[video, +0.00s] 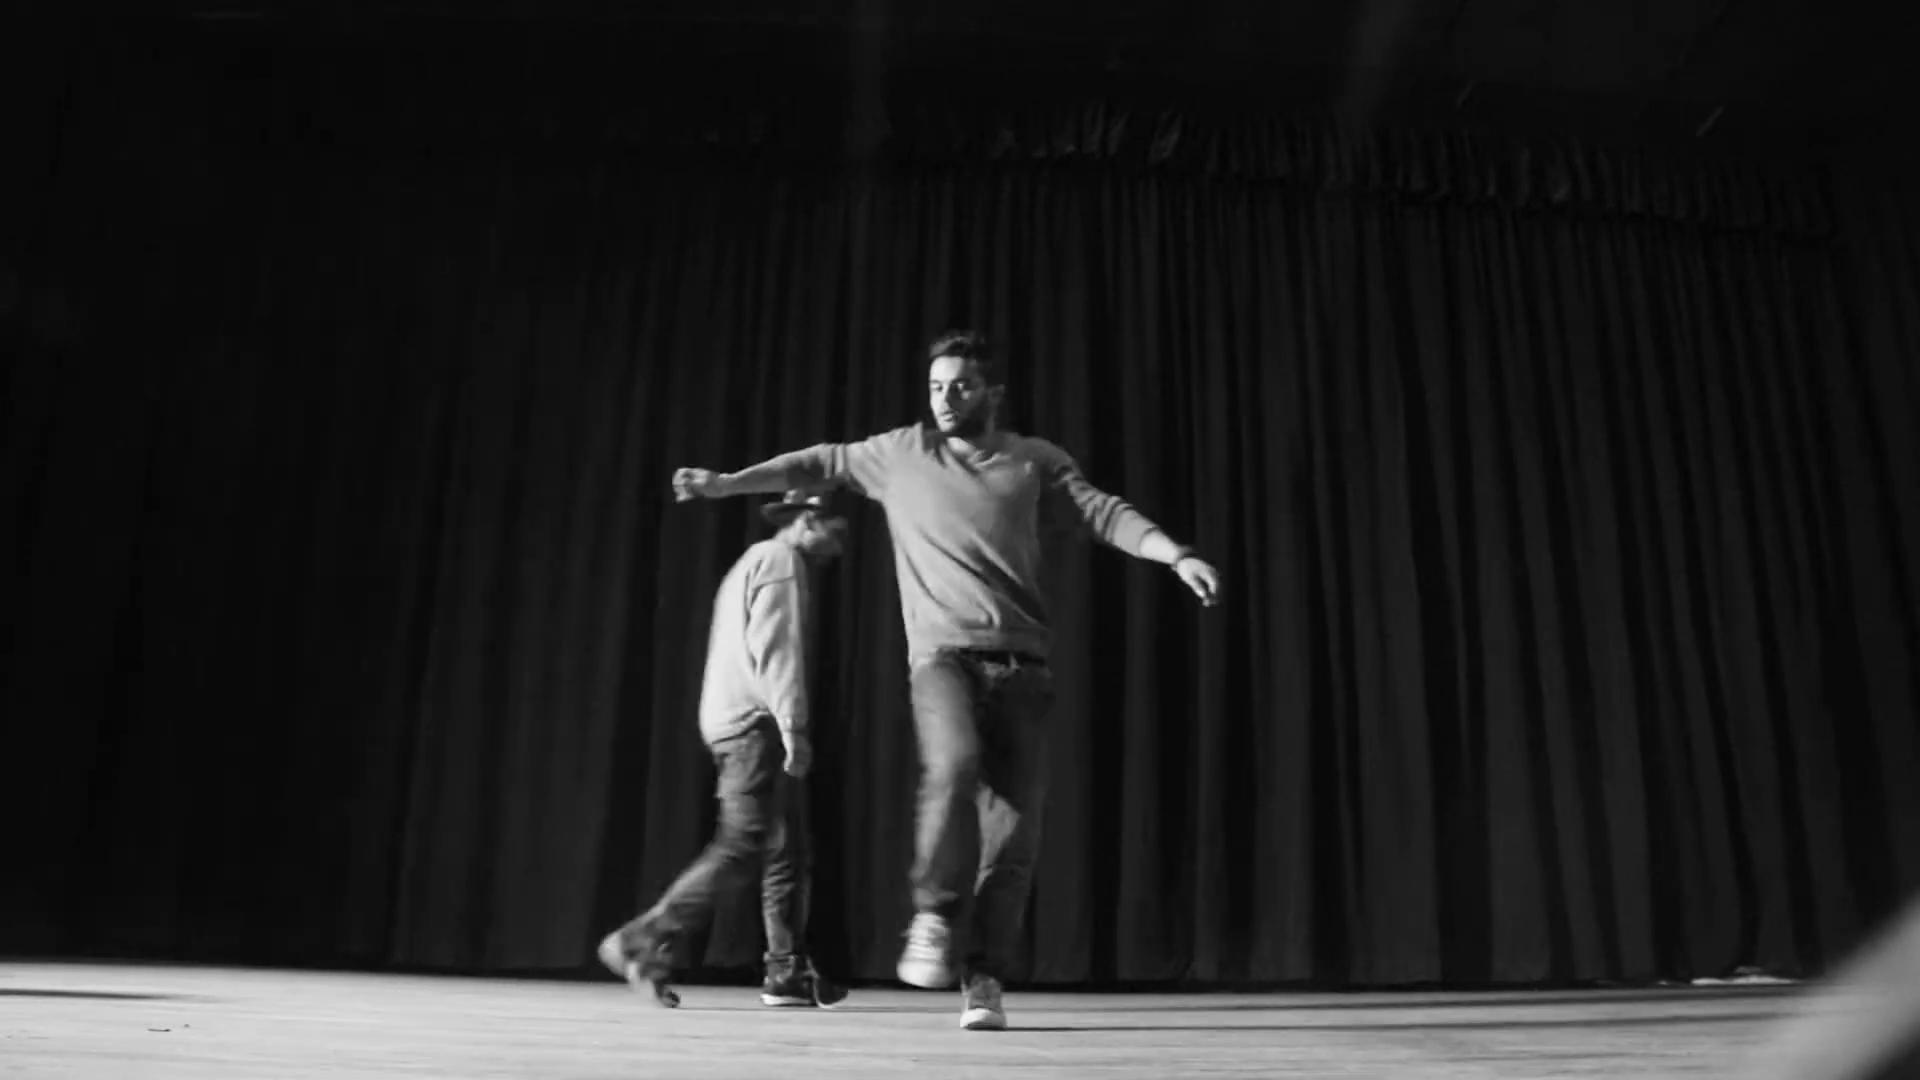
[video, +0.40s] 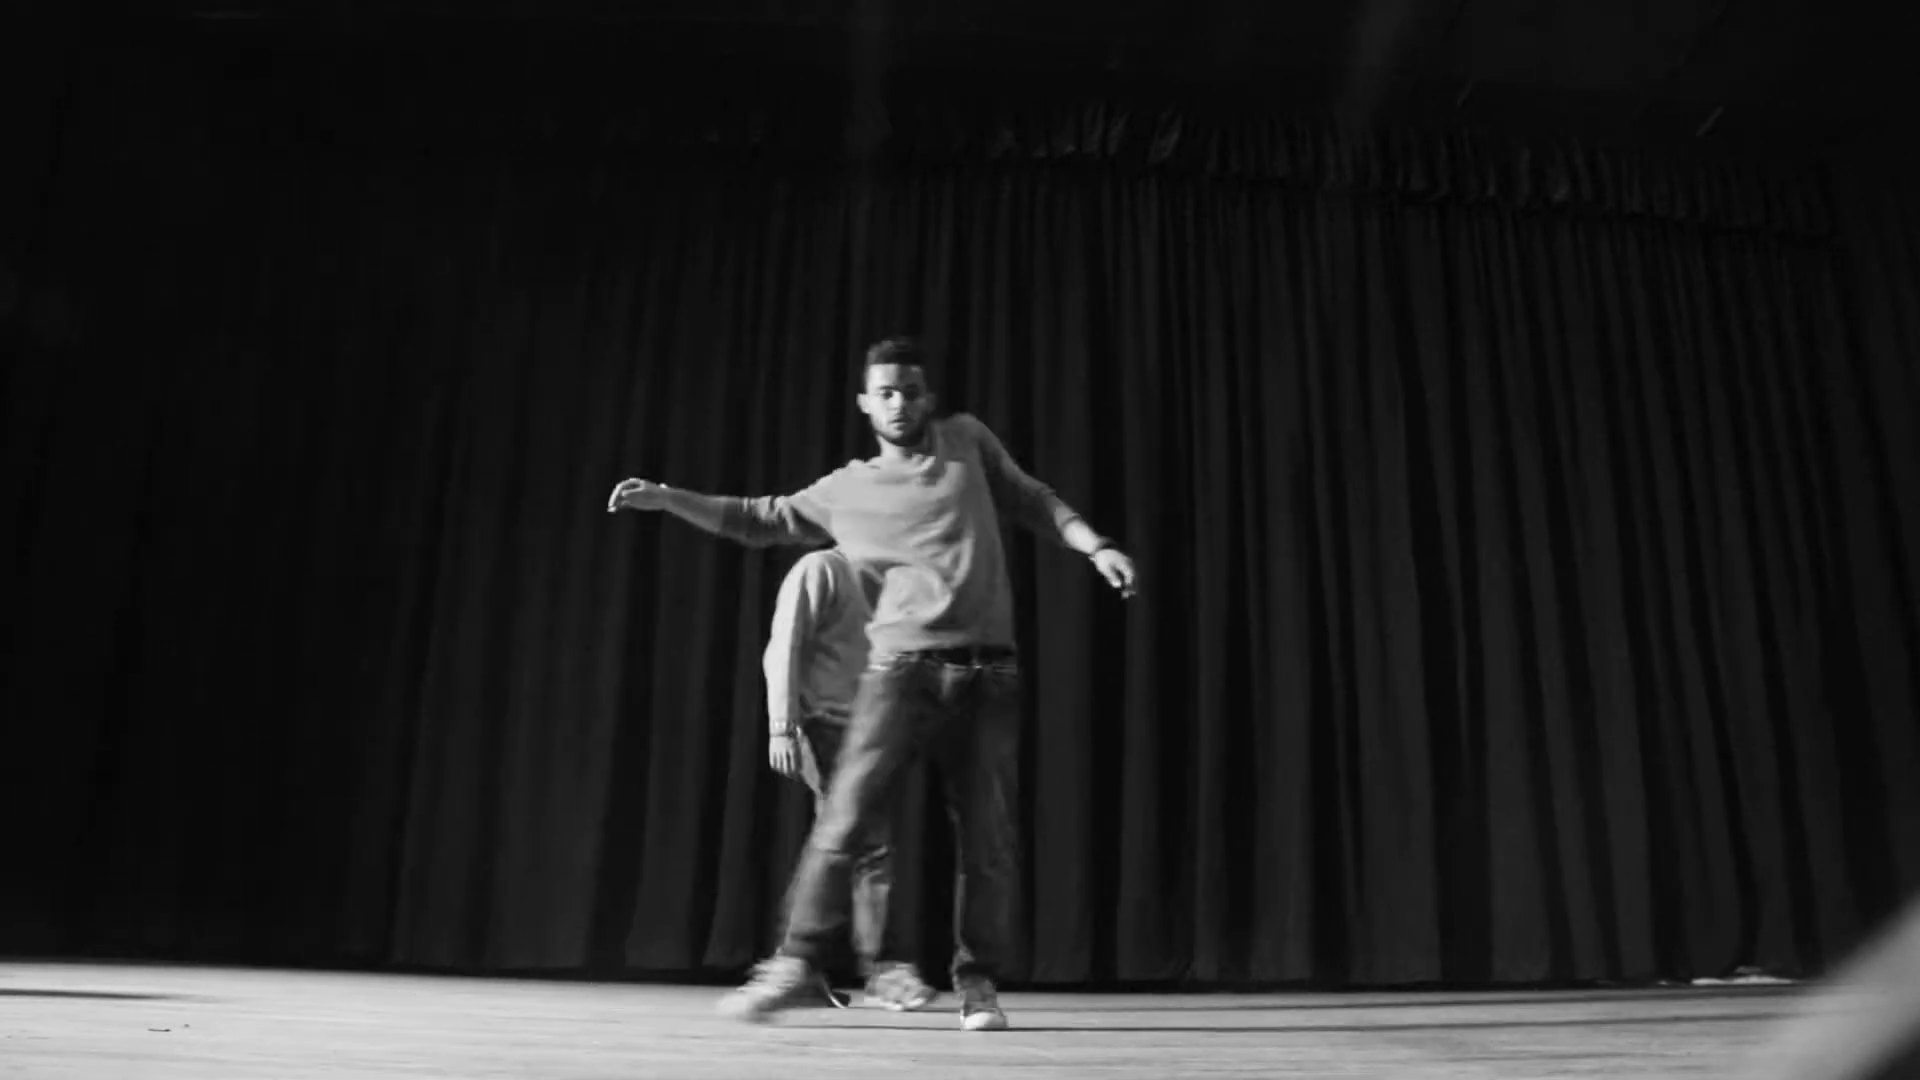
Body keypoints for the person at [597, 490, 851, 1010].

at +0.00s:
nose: (843, 539)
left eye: (844, 529)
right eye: (836, 528)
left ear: (803, 522)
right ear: (807, 523)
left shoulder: (764, 560)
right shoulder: (778, 560)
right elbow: (774, 649)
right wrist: (793, 729)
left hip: (743, 721)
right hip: (749, 722)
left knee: (782, 851)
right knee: (741, 846)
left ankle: (786, 970)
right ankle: (641, 942)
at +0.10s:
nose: (858, 543)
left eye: (861, 533)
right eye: (853, 530)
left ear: (821, 523)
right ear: (823, 521)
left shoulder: (792, 564)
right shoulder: (792, 561)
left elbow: (775, 650)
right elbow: (779, 645)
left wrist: (791, 724)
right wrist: (785, 725)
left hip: (777, 724)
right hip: (767, 725)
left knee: (801, 849)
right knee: (794, 844)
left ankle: (790, 971)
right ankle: (686, 924)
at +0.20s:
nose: (862, 538)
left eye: (864, 529)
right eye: (857, 525)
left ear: (850, 530)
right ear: (834, 519)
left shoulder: (824, 574)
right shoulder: (800, 558)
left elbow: (830, 674)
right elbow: (779, 638)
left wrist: (843, 753)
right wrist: (779, 714)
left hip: (811, 724)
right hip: (793, 721)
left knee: (816, 844)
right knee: (823, 840)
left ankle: (792, 965)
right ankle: (745, 937)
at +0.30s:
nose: (871, 539)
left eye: (878, 532)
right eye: (867, 526)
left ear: (879, 537)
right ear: (847, 524)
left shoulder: (870, 580)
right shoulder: (807, 564)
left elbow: (879, 653)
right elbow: (775, 639)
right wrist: (777, 710)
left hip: (853, 724)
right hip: (810, 718)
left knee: (819, 846)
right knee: (846, 831)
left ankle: (790, 965)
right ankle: (816, 958)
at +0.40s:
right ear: (853, 519)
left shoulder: (899, 578)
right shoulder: (820, 568)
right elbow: (782, 650)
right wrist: (784, 724)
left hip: (871, 727)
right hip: (826, 723)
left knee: (842, 839)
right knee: (870, 842)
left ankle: (807, 964)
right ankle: (882, 966)